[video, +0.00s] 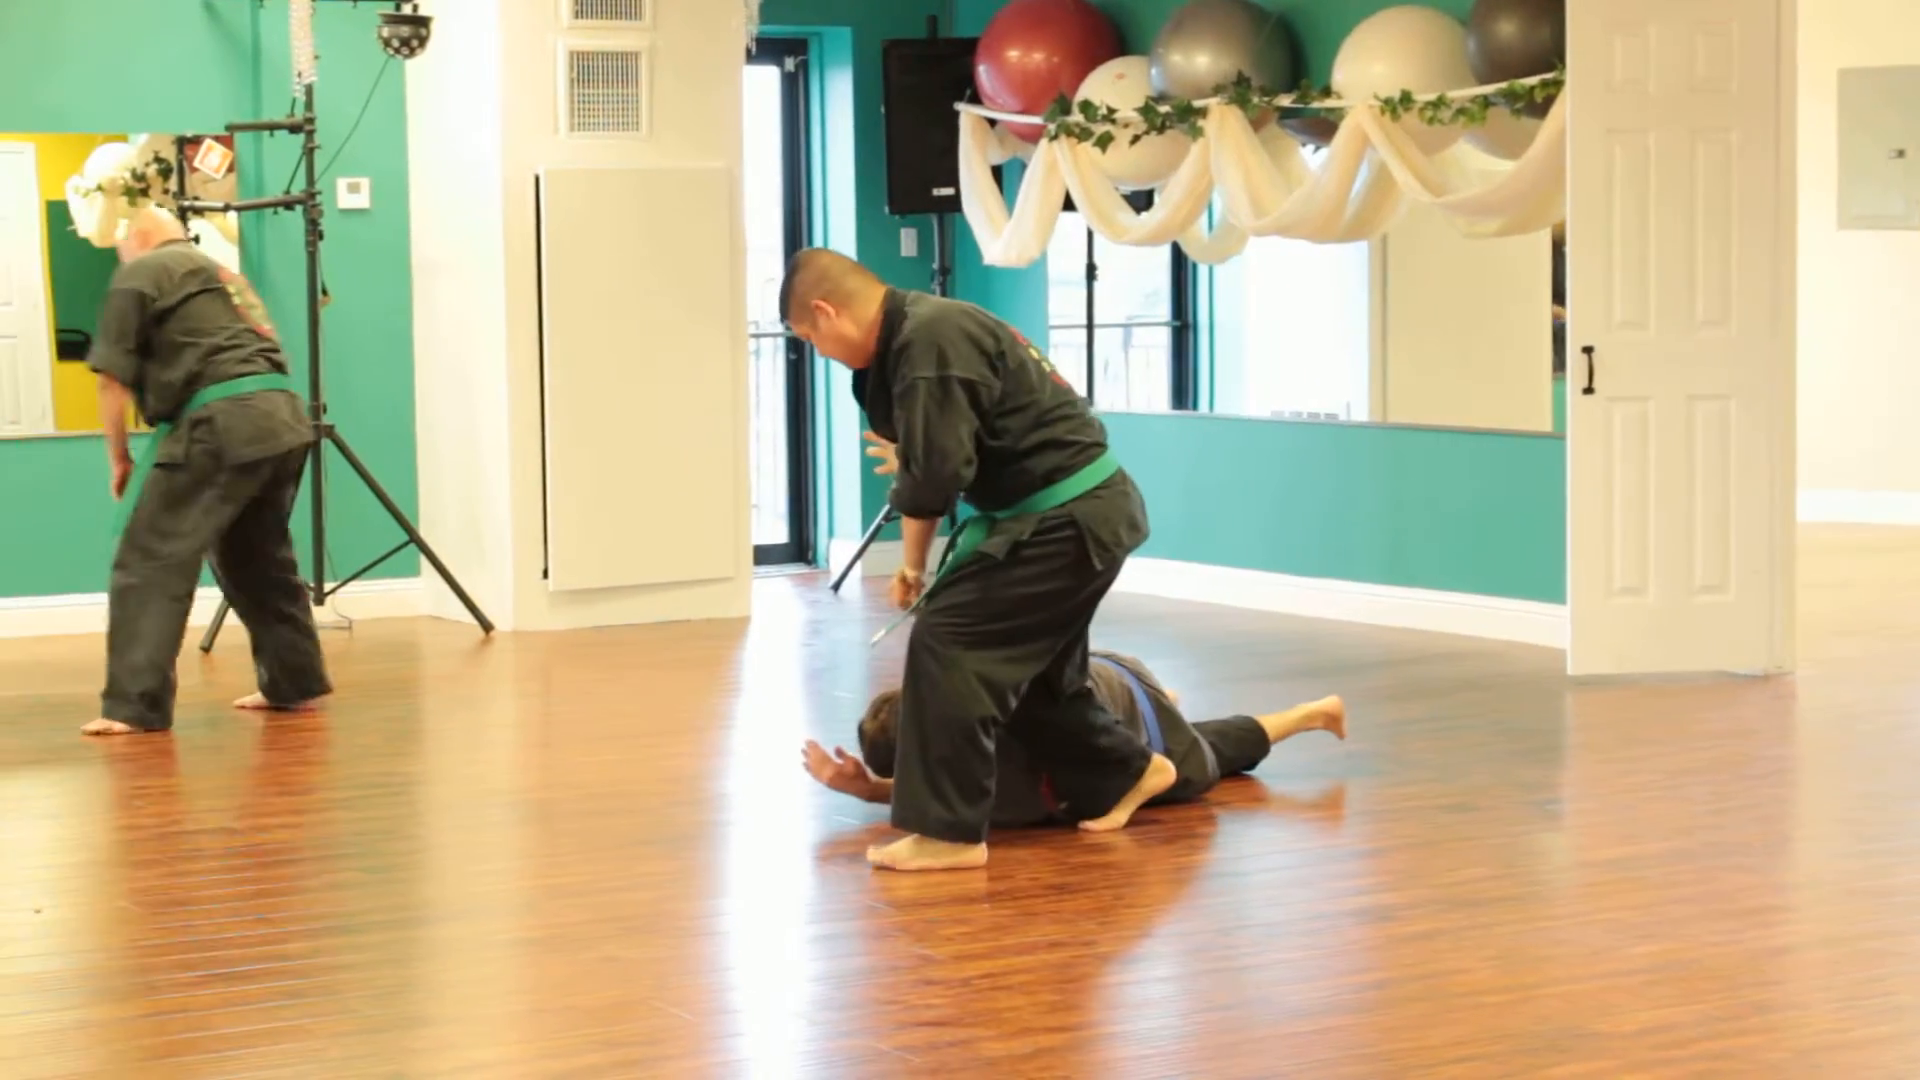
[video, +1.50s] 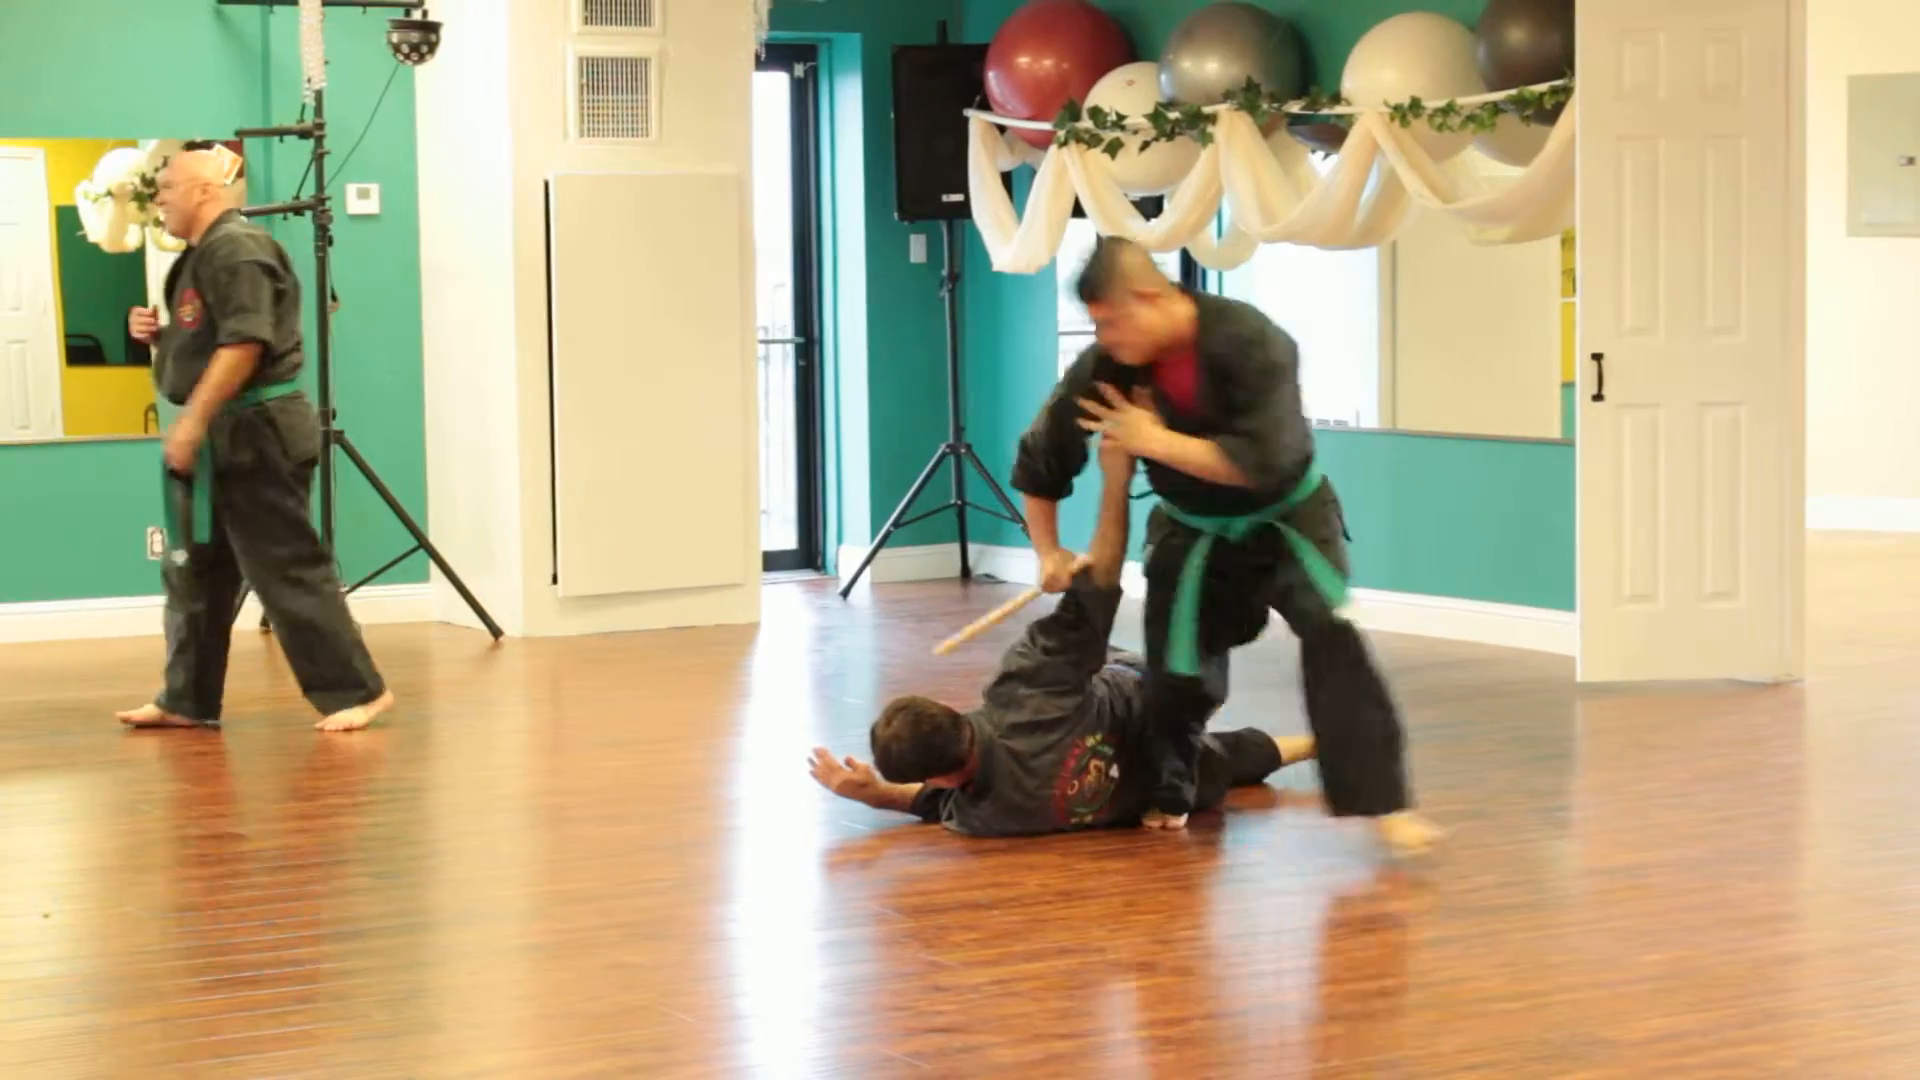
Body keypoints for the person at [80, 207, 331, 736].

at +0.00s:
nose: (122, 258)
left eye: (122, 249)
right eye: (120, 249)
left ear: (137, 238)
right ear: (175, 231)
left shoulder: (140, 274)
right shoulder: (218, 269)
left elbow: (112, 376)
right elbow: (262, 335)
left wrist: (118, 455)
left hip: (223, 423)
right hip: (285, 415)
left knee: (151, 557)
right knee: (254, 551)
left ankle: (136, 706)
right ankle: (295, 684)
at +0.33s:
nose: (186, 234)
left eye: (188, 225)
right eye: (187, 227)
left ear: (204, 219)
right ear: (243, 217)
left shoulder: (193, 261)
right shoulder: (289, 257)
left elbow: (175, 363)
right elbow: (309, 339)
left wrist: (171, 435)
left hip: (267, 412)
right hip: (334, 406)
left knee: (229, 552)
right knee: (302, 553)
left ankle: (258, 692)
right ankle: (298, 684)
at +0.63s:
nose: (212, 219)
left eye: (215, 207)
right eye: (212, 208)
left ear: (242, 202)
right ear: (268, 202)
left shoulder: (233, 257)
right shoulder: (314, 250)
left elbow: (200, 357)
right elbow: (325, 336)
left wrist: (181, 426)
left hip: (296, 420)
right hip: (350, 413)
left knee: (296, 561)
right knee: (289, 556)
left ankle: (355, 691)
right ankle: (284, 688)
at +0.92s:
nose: (226, 190)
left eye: (235, 179)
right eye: (228, 180)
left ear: (271, 184)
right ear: (273, 185)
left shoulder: (293, 242)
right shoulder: (278, 242)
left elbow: (299, 335)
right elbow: (280, 331)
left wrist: (278, 417)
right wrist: (229, 328)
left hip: (315, 415)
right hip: (295, 414)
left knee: (307, 557)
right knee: (272, 556)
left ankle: (352, 695)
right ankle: (285, 687)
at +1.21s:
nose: (217, 190)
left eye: (225, 178)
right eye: (218, 180)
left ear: (263, 183)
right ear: (261, 184)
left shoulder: (289, 240)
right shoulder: (257, 244)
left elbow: (316, 326)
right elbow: (262, 318)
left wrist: (338, 406)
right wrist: (215, 314)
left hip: (300, 417)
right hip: (260, 418)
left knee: (319, 558)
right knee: (247, 558)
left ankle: (362, 698)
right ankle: (215, 687)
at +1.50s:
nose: (158, 202)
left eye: (167, 189)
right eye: (159, 191)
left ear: (206, 190)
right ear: (204, 192)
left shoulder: (237, 248)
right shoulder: (205, 253)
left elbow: (244, 344)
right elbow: (207, 330)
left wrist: (191, 421)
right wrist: (159, 326)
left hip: (258, 425)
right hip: (221, 426)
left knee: (289, 566)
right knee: (202, 569)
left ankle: (359, 691)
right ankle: (188, 700)